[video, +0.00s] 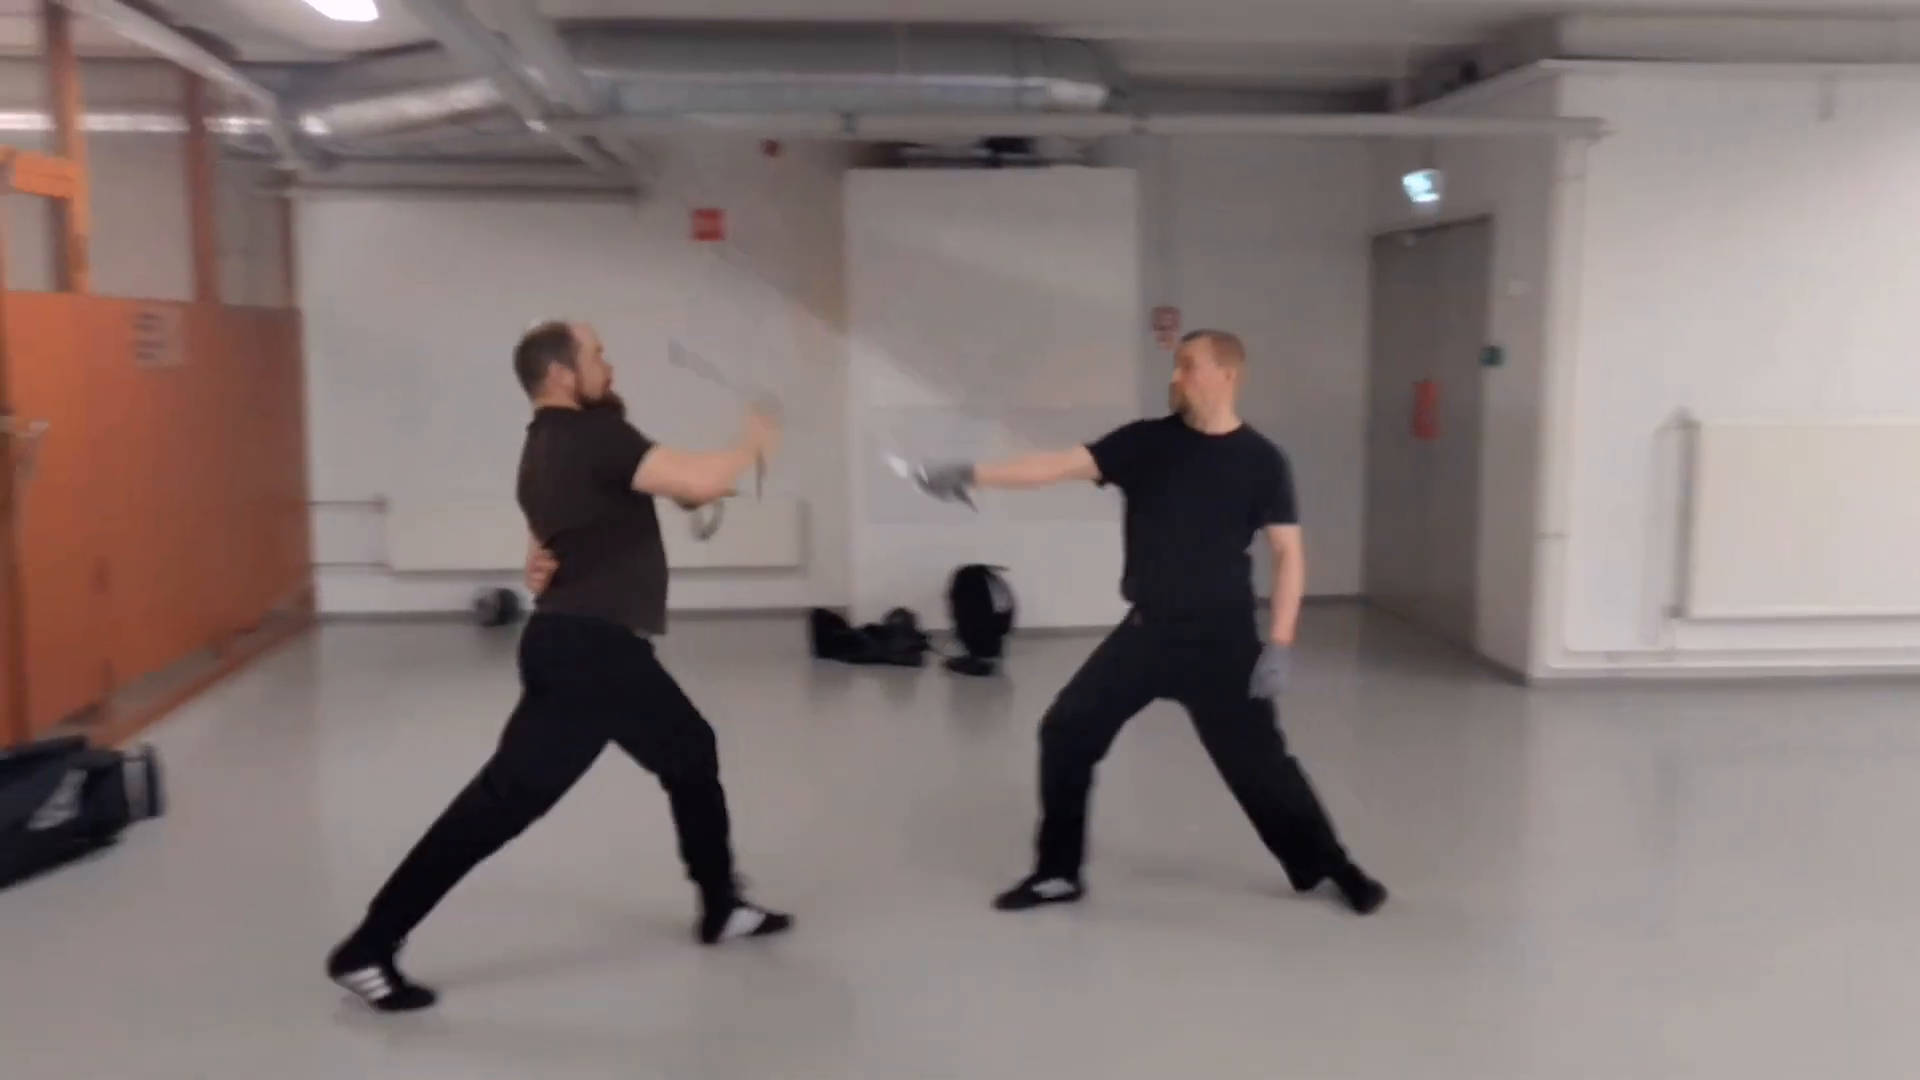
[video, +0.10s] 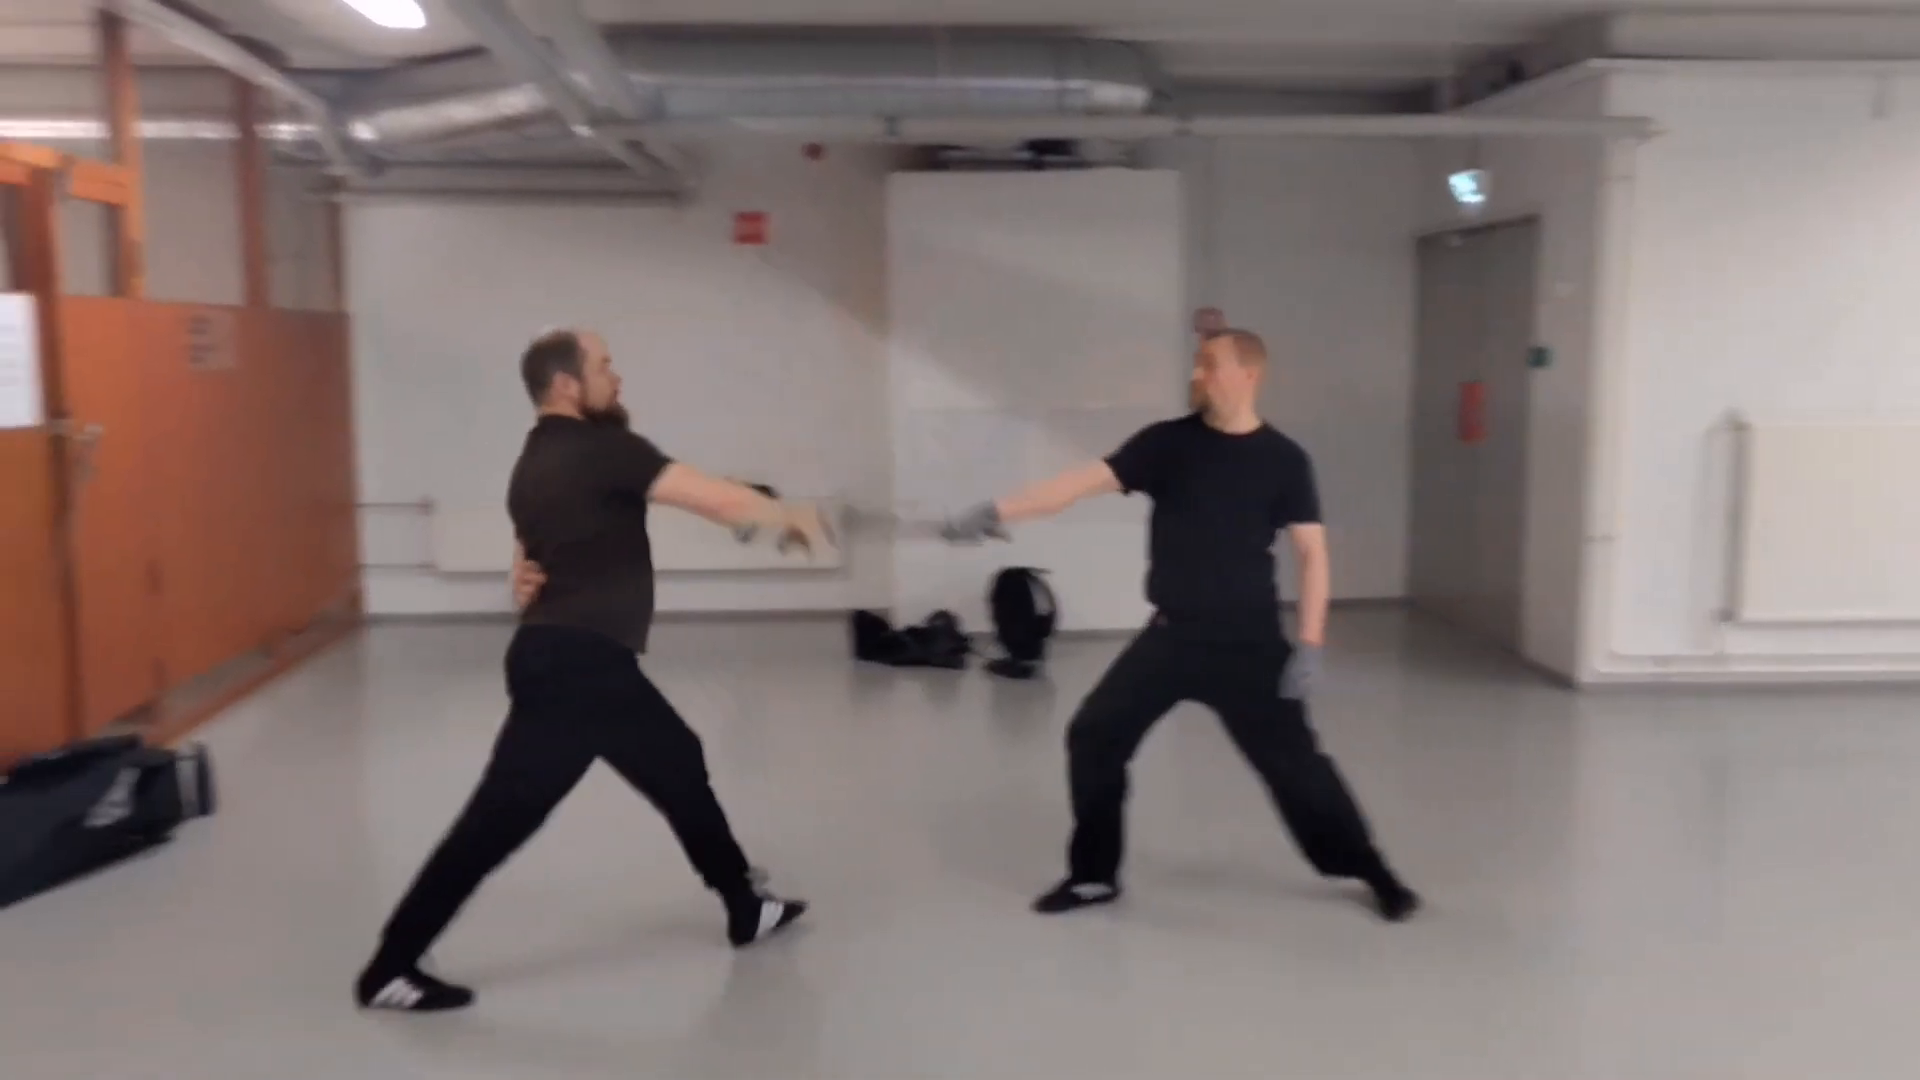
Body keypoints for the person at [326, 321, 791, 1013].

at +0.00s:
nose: (609, 366)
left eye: (603, 354)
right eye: (597, 357)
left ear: (551, 380)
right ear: (561, 376)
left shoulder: (546, 446)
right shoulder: (592, 435)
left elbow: (544, 552)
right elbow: (700, 482)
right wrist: (753, 445)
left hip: (576, 641)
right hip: (590, 646)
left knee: (689, 751)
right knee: (503, 804)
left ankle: (721, 907)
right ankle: (365, 952)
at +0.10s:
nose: (617, 378)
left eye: (611, 365)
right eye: (604, 367)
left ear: (557, 390)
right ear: (565, 386)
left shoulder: (539, 459)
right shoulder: (600, 446)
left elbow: (530, 571)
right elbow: (713, 499)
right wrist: (786, 516)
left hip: (566, 656)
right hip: (578, 660)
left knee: (678, 766)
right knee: (498, 820)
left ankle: (746, 906)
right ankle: (388, 970)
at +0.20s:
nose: (636, 374)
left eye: (631, 361)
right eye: (624, 363)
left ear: (573, 383)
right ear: (584, 378)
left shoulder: (544, 453)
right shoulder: (629, 442)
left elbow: (528, 560)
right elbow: (736, 506)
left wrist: (530, 575)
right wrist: (812, 557)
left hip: (562, 647)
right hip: (592, 651)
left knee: (681, 753)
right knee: (531, 820)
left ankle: (711, 919)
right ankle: (426, 970)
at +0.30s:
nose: (670, 365)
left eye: (665, 351)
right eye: (658, 354)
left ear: (605, 374)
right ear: (619, 369)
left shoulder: (572, 442)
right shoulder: (660, 437)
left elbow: (543, 557)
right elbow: (767, 508)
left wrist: (555, 568)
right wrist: (847, 561)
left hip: (577, 636)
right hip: (612, 643)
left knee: (689, 753)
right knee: (554, 815)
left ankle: (681, 924)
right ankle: (457, 971)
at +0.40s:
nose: (713, 363)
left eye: (708, 350)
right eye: (701, 351)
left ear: (648, 371)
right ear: (662, 366)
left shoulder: (607, 440)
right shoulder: (700, 438)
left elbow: (564, 546)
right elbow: (808, 515)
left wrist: (579, 563)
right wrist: (885, 548)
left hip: (601, 631)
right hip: (633, 640)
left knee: (701, 757)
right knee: (572, 812)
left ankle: (689, 925)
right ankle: (483, 969)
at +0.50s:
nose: (754, 368)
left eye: (749, 355)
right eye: (743, 357)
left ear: (686, 374)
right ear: (705, 371)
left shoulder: (643, 441)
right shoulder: (740, 446)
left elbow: (590, 540)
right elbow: (837, 530)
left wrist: (607, 559)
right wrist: (896, 553)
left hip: (630, 632)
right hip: (666, 643)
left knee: (722, 760)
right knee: (602, 808)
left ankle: (705, 927)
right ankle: (501, 965)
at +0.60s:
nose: (787, 367)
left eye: (782, 355)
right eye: (777, 357)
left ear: (722, 374)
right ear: (741, 370)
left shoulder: (670, 439)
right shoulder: (770, 452)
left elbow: (623, 534)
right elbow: (855, 550)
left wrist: (639, 556)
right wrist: (910, 545)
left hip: (659, 629)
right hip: (701, 638)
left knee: (744, 761)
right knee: (680, 798)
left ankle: (715, 924)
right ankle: (540, 934)